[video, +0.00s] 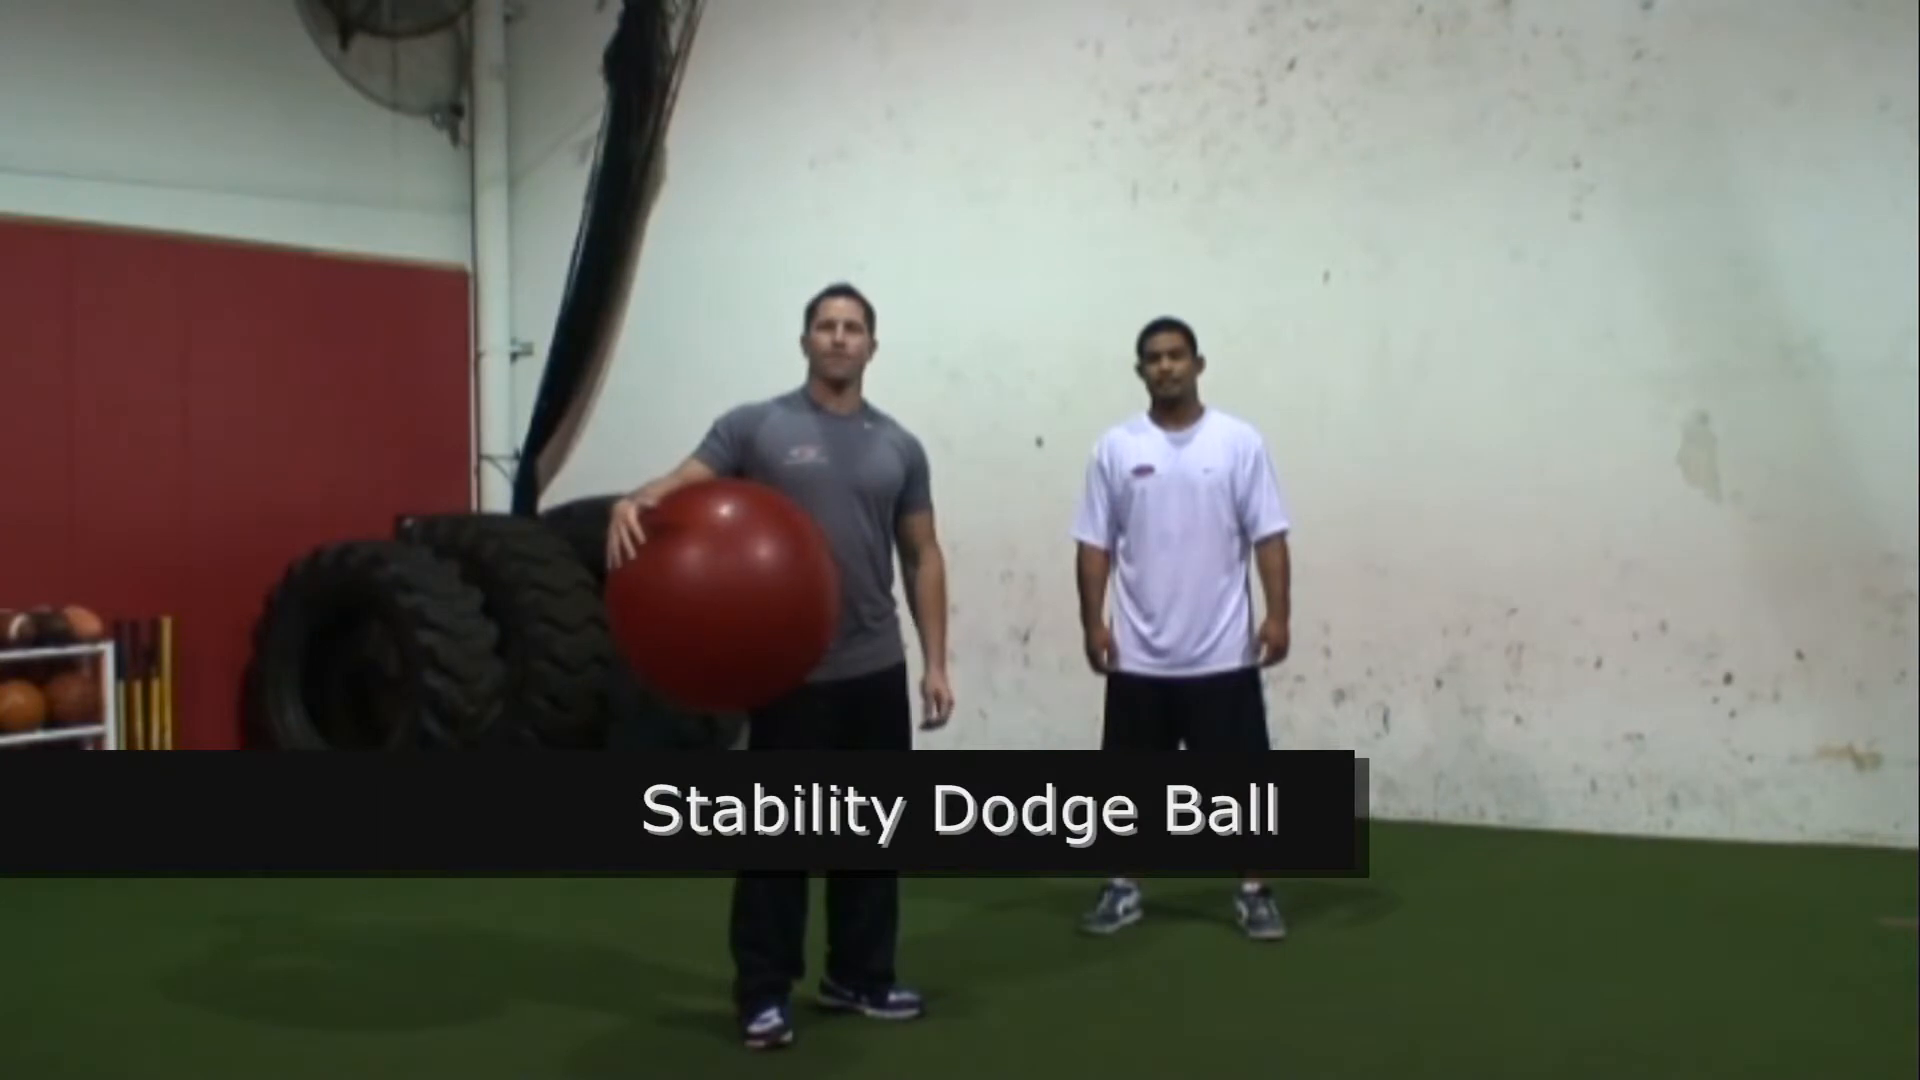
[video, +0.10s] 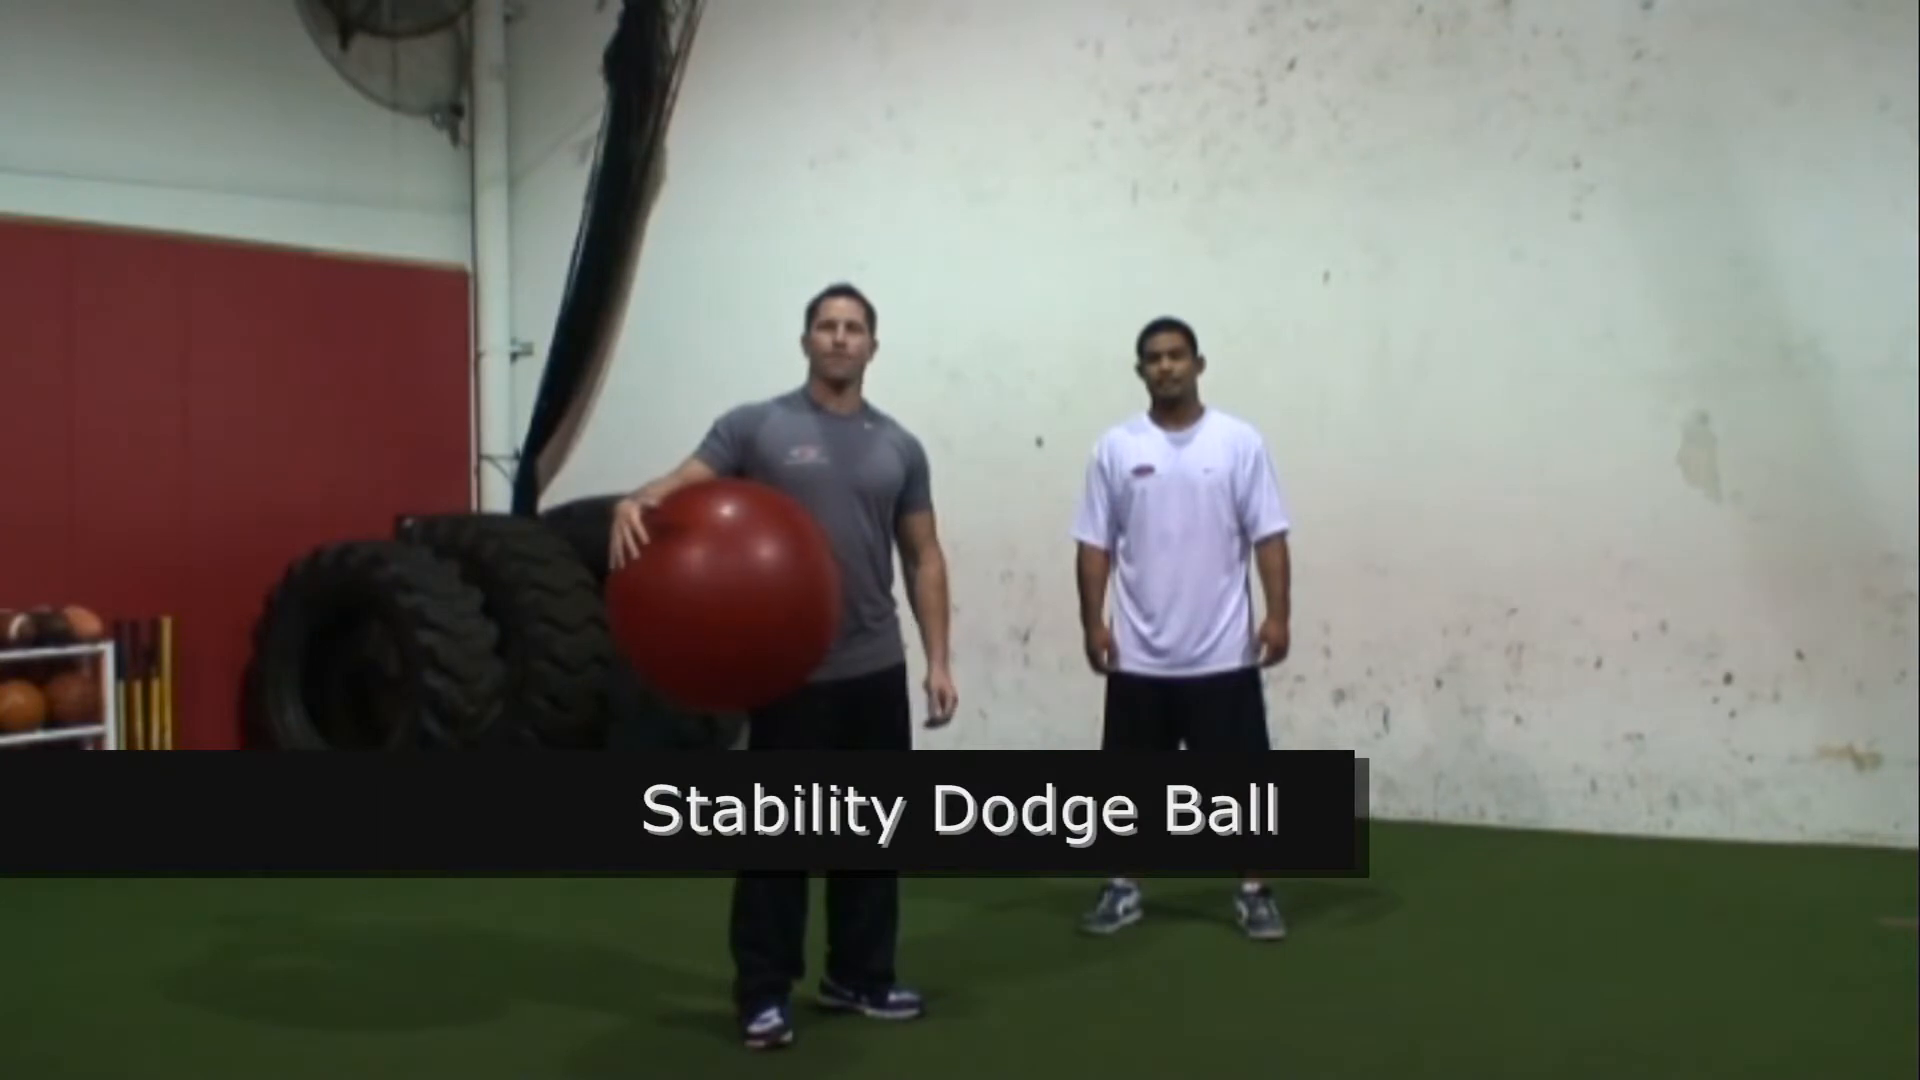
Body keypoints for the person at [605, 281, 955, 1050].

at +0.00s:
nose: (839, 337)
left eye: (853, 327)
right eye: (827, 326)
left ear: (872, 345)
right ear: (804, 341)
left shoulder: (899, 447)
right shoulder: (754, 426)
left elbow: (923, 554)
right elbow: (681, 484)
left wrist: (936, 661)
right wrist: (630, 504)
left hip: (874, 669)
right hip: (785, 674)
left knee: (873, 833)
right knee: (777, 835)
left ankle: (860, 976)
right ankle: (765, 994)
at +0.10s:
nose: (841, 337)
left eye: (854, 328)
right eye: (828, 326)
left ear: (873, 345)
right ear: (805, 341)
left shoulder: (898, 447)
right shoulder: (754, 426)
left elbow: (924, 556)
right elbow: (682, 484)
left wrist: (939, 660)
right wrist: (632, 504)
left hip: (874, 669)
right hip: (784, 674)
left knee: (873, 832)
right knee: (777, 836)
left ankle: (860, 976)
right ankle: (765, 994)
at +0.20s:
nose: (843, 338)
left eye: (856, 328)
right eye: (830, 327)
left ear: (873, 345)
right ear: (806, 340)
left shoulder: (898, 447)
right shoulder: (755, 426)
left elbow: (924, 555)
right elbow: (683, 484)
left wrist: (939, 658)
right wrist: (634, 503)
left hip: (874, 668)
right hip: (785, 672)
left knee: (873, 831)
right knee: (777, 834)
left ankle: (860, 975)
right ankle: (765, 994)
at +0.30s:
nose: (843, 338)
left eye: (856, 329)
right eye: (831, 327)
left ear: (874, 346)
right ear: (807, 341)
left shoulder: (898, 447)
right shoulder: (755, 426)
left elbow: (924, 554)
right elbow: (684, 483)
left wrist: (935, 660)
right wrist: (638, 503)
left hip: (873, 668)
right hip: (785, 673)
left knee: (873, 831)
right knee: (777, 835)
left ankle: (860, 975)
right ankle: (766, 994)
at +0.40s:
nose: (844, 339)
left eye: (857, 330)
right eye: (831, 327)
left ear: (874, 347)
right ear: (807, 341)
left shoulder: (896, 449)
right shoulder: (755, 426)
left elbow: (925, 557)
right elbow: (686, 482)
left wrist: (930, 662)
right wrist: (642, 503)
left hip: (873, 668)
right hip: (786, 672)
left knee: (872, 832)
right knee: (778, 835)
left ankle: (860, 975)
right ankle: (766, 994)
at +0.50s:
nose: (847, 339)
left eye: (859, 329)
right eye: (833, 327)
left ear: (875, 347)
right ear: (808, 341)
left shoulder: (894, 450)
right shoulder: (757, 425)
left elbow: (924, 556)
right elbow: (686, 484)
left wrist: (931, 659)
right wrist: (646, 504)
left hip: (875, 669)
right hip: (788, 671)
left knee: (873, 832)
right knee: (781, 834)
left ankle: (859, 976)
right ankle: (765, 994)